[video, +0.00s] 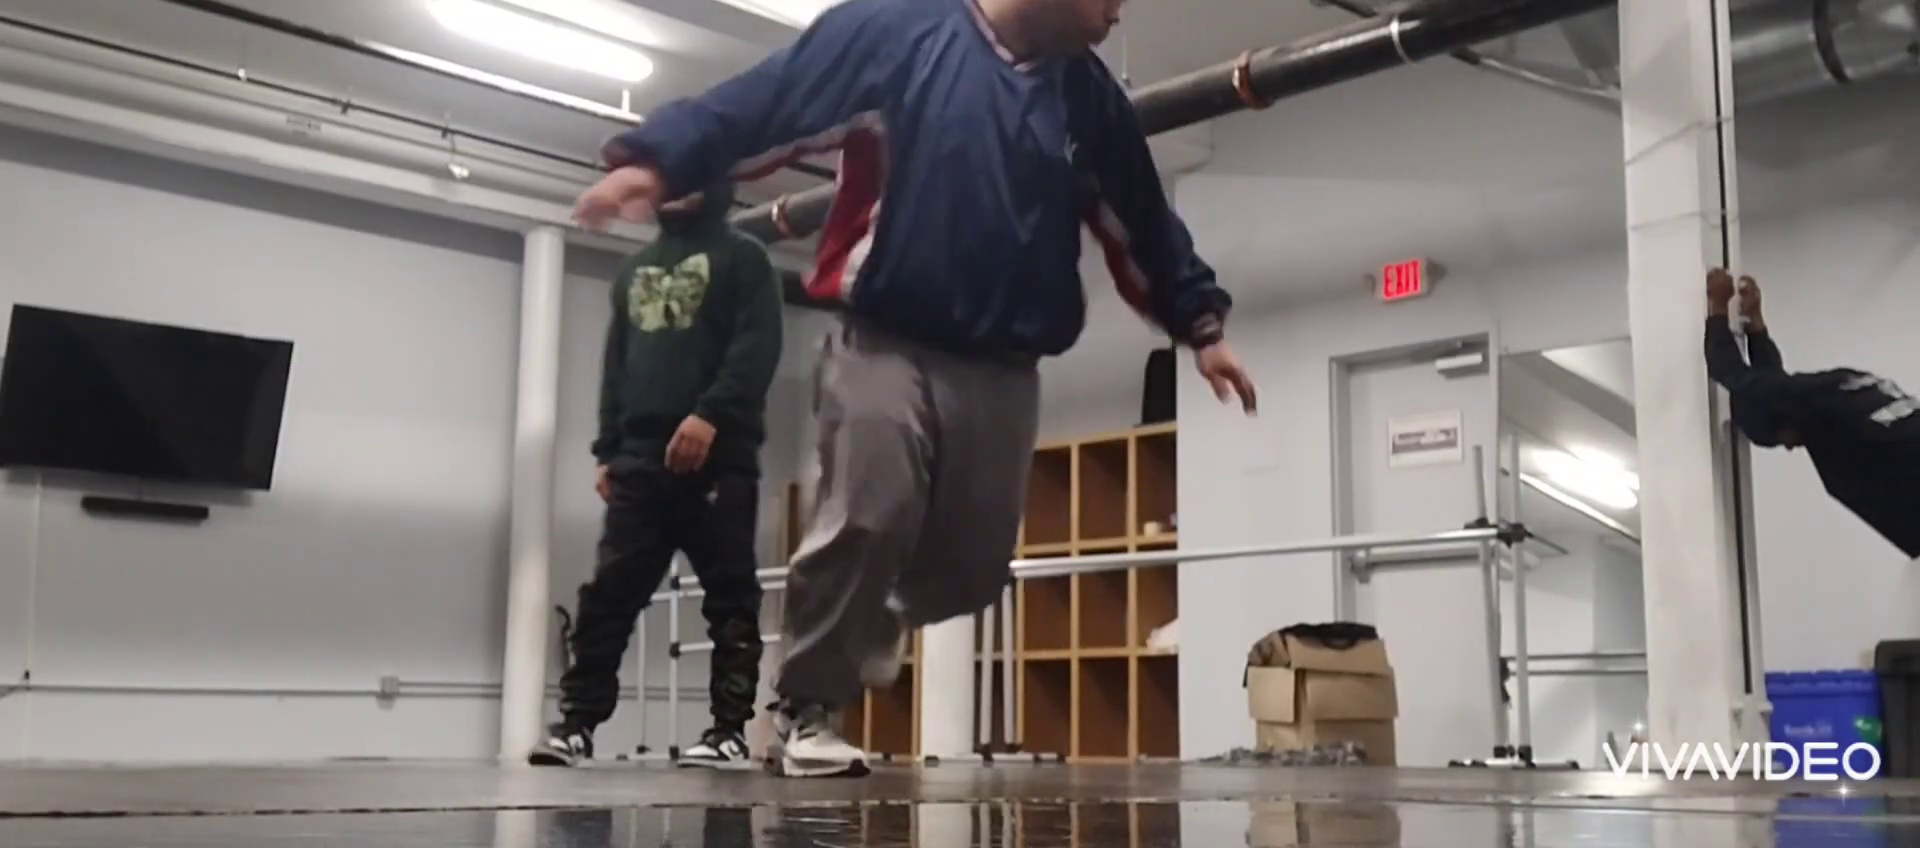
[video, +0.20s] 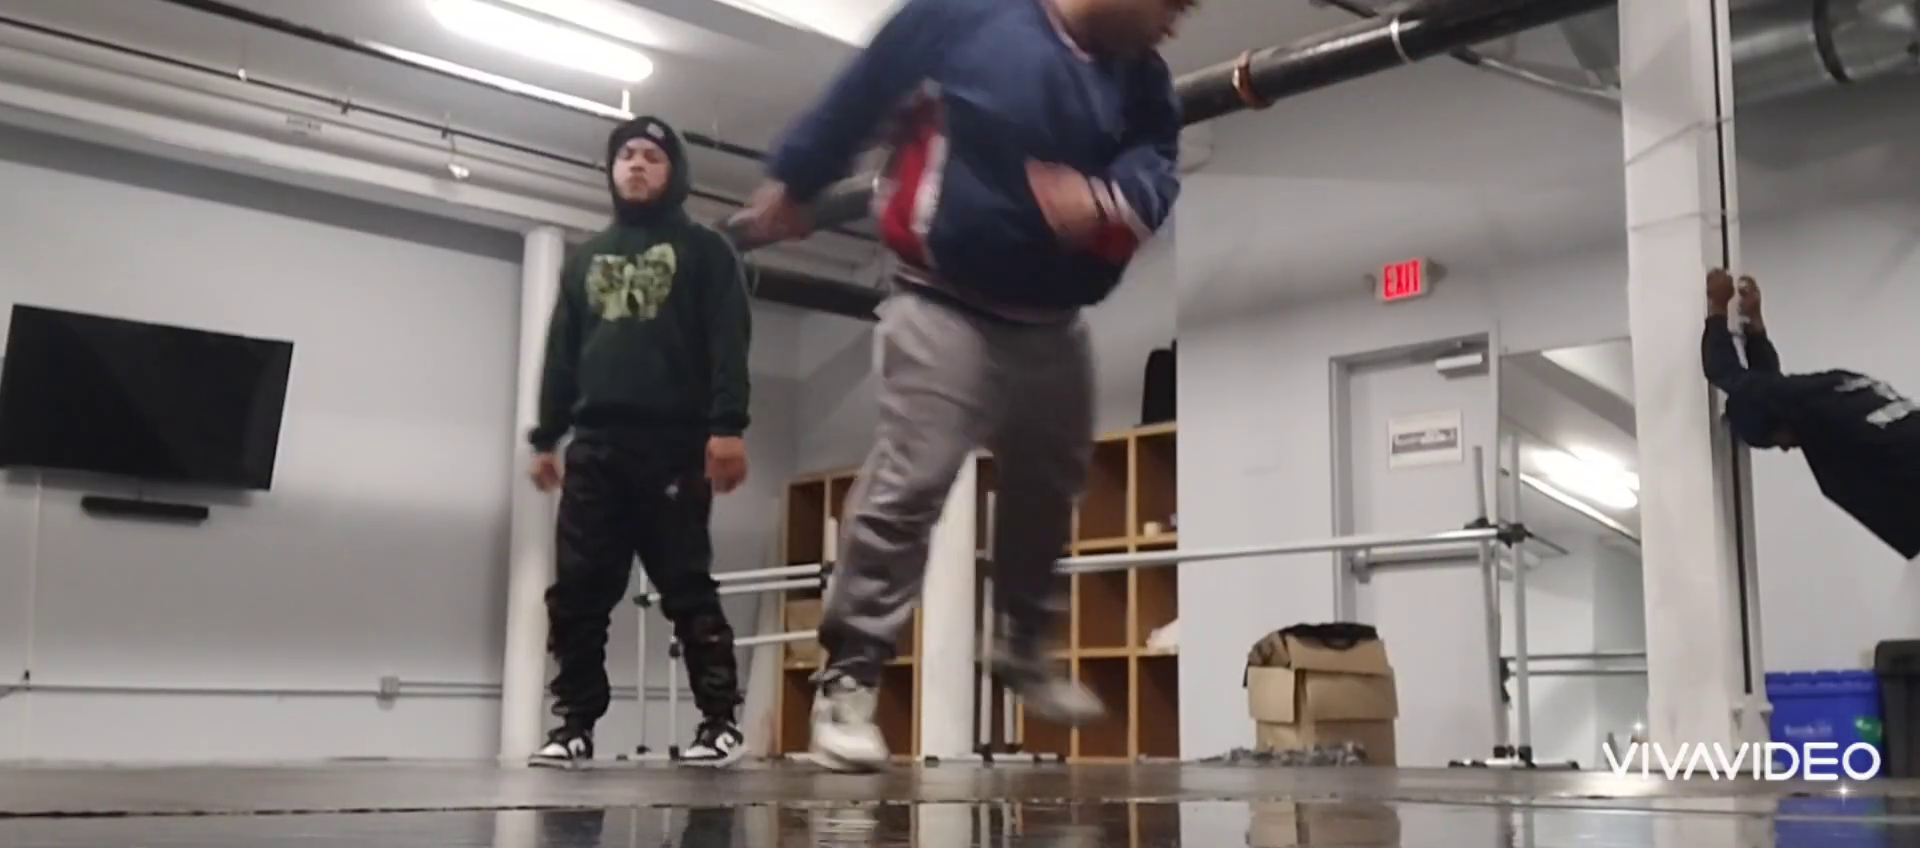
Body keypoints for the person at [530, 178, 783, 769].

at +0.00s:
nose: (673, 194)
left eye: (686, 180)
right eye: (664, 181)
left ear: (713, 184)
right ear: (649, 191)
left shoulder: (743, 256)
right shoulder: (635, 271)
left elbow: (757, 349)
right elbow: (616, 365)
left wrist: (708, 416)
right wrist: (609, 449)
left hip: (720, 459)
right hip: (642, 456)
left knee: (730, 594)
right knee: (610, 592)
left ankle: (728, 733)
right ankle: (576, 728)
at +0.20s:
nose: (638, 164)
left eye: (652, 157)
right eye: (627, 156)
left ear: (675, 175)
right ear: (612, 173)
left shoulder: (704, 248)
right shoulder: (589, 254)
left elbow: (729, 340)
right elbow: (563, 349)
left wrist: (727, 428)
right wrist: (547, 439)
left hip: (674, 444)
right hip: (595, 443)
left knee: (687, 589)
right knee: (577, 593)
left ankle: (719, 723)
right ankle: (575, 728)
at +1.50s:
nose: (756, 200)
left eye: (761, 190)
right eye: (744, 186)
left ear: (762, 199)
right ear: (709, 188)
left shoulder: (741, 271)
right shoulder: (681, 255)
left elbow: (751, 373)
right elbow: (670, 349)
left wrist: (777, 459)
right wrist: (679, 435)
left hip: (739, 447)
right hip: (700, 444)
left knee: (718, 581)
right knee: (704, 578)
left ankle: (692, 722)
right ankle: (681, 723)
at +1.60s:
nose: (772, 202)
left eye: (778, 192)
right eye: (760, 189)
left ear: (777, 201)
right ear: (725, 192)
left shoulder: (740, 264)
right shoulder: (702, 253)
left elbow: (753, 370)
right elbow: (693, 350)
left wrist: (770, 459)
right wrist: (708, 434)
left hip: (740, 448)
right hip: (711, 446)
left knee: (704, 586)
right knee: (739, 580)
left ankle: (683, 727)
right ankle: (750, 727)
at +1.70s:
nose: (788, 205)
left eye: (793, 196)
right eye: (776, 192)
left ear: (789, 203)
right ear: (743, 194)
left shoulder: (747, 260)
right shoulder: (725, 254)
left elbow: (745, 353)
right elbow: (719, 349)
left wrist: (764, 441)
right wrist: (738, 434)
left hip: (733, 450)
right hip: (728, 449)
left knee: (708, 592)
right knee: (761, 583)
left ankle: (684, 728)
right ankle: (802, 723)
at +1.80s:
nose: (802, 209)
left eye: (807, 200)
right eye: (791, 196)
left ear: (803, 207)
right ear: (757, 197)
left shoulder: (757, 260)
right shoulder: (743, 259)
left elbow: (762, 358)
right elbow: (748, 356)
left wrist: (778, 436)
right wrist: (765, 439)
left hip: (741, 449)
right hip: (741, 448)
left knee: (719, 593)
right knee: (777, 587)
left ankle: (684, 728)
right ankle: (809, 729)